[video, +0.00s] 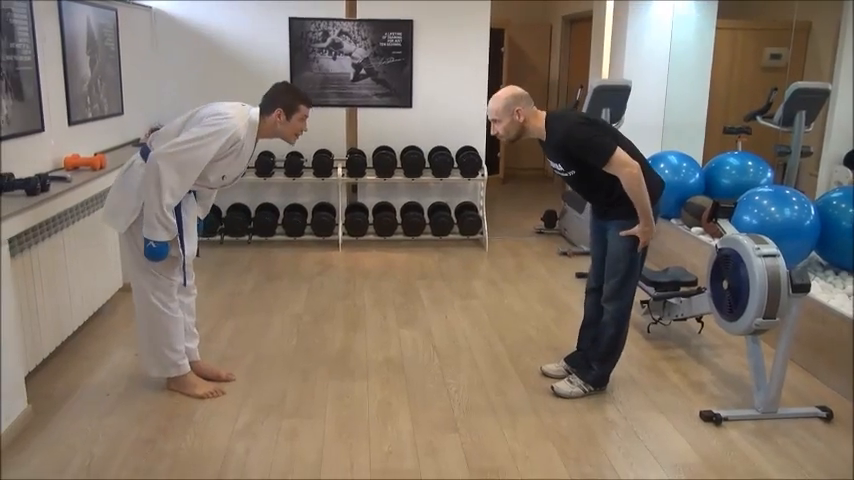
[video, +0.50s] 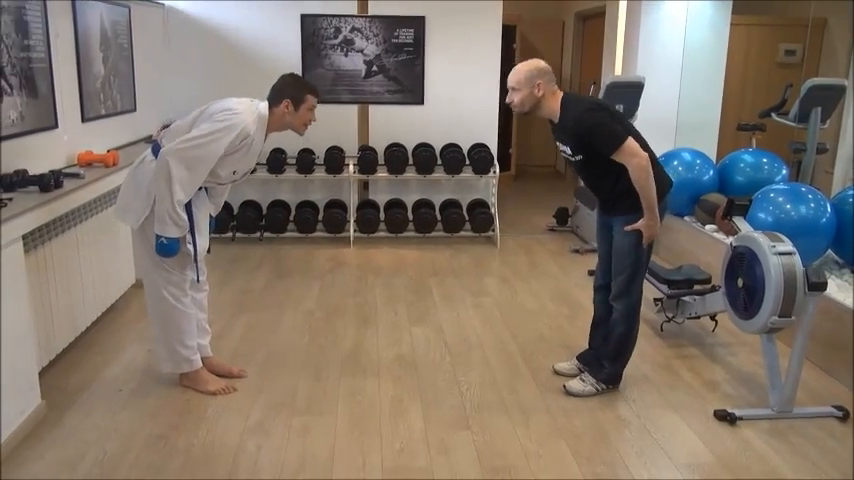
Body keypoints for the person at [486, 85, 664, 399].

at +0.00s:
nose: (493, 130)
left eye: (496, 122)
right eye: (491, 123)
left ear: (519, 114)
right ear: (520, 114)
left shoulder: (570, 131)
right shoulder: (548, 135)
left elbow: (630, 169)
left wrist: (646, 222)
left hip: (629, 211)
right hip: (603, 207)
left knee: (614, 297)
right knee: (596, 289)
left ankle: (596, 377)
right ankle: (582, 361)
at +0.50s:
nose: (507, 98)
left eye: (513, 90)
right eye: (507, 90)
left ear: (539, 88)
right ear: (538, 89)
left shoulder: (586, 117)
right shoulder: (561, 119)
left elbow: (639, 161)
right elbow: (601, 162)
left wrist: (651, 216)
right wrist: (608, 204)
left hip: (636, 208)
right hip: (610, 205)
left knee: (623, 293)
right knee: (604, 285)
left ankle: (608, 375)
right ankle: (595, 359)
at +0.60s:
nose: (521, 71)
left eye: (528, 65)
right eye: (522, 64)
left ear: (554, 67)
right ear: (552, 68)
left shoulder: (592, 101)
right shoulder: (565, 105)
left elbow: (638, 153)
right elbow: (595, 155)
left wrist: (645, 212)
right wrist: (601, 198)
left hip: (630, 208)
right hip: (605, 203)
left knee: (622, 293)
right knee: (603, 285)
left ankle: (610, 374)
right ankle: (596, 358)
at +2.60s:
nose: (466, 89)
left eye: (470, 80)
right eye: (466, 80)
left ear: (495, 81)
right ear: (497, 81)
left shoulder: (519, 120)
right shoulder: (520, 113)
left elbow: (483, 186)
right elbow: (478, 167)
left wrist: (431, 183)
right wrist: (431, 174)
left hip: (563, 225)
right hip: (576, 219)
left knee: (539, 315)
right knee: (568, 306)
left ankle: (536, 404)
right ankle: (573, 386)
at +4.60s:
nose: (523, 82)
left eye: (529, 75)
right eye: (524, 74)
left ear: (553, 74)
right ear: (558, 76)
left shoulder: (548, 118)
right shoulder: (590, 112)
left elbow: (544, 184)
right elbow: (576, 167)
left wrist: (497, 204)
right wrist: (533, 126)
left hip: (553, 234)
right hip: (589, 230)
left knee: (509, 315)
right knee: (580, 316)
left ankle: (518, 413)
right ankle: (594, 404)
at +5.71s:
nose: (436, 100)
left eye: (440, 92)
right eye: (436, 93)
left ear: (465, 91)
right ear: (473, 93)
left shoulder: (450, 126)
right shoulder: (507, 127)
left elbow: (390, 162)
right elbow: (510, 183)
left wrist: (345, 131)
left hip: (480, 250)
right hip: (521, 245)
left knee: (424, 319)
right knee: (545, 324)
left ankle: (414, 420)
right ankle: (597, 406)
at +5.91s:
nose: (422, 109)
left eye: (428, 102)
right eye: (423, 102)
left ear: (454, 102)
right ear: (453, 102)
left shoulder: (471, 145)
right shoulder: (458, 128)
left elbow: (467, 218)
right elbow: (398, 125)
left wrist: (436, 184)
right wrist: (350, 104)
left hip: (484, 254)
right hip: (512, 247)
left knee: (418, 316)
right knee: (534, 329)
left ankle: (414, 419)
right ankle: (600, 407)